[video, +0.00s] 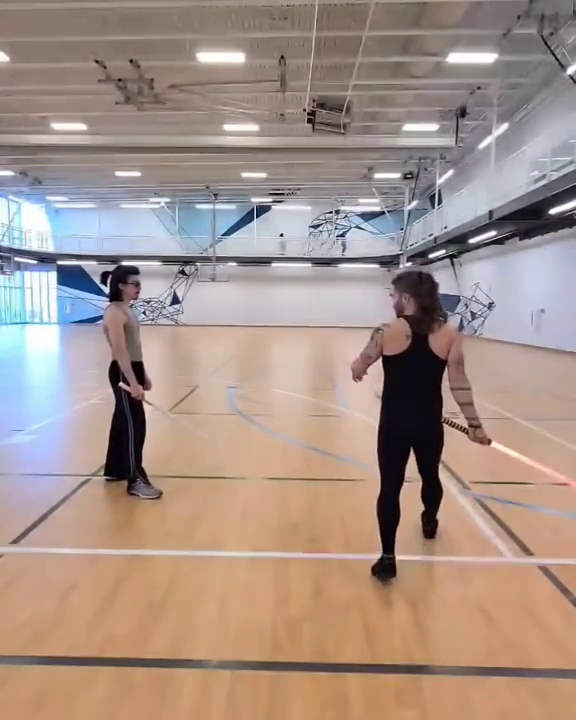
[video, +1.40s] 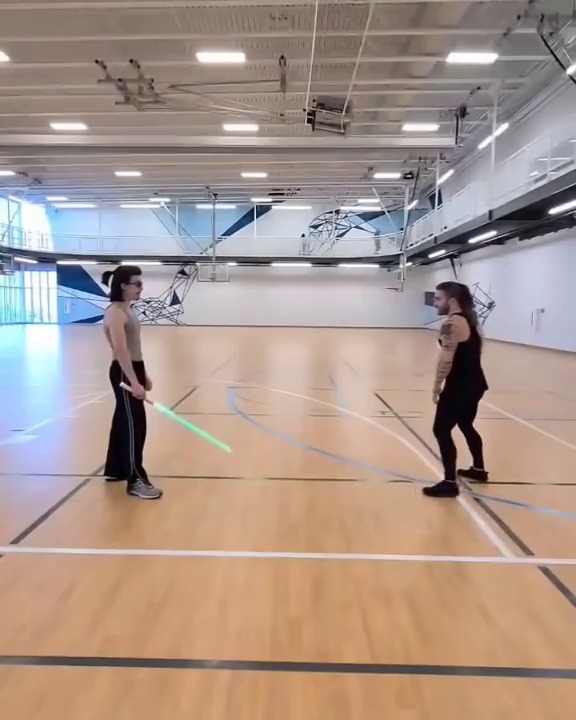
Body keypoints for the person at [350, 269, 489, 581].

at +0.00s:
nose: (392, 301)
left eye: (395, 296)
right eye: (393, 295)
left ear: (408, 298)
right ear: (429, 298)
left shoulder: (388, 332)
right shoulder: (450, 336)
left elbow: (360, 365)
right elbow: (459, 386)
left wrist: (357, 372)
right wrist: (475, 426)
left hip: (394, 426)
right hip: (429, 427)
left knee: (389, 488)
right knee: (430, 476)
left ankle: (388, 557)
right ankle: (430, 522)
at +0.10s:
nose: (397, 302)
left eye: (400, 297)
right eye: (397, 297)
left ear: (411, 298)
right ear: (431, 298)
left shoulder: (396, 331)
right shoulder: (453, 334)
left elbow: (372, 365)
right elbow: (463, 379)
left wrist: (358, 377)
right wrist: (477, 416)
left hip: (400, 418)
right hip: (434, 420)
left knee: (387, 478)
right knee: (432, 469)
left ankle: (390, 536)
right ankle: (430, 521)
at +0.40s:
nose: (397, 301)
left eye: (399, 295)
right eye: (397, 295)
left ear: (413, 296)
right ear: (425, 296)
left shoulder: (406, 325)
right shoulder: (452, 323)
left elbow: (395, 368)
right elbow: (464, 362)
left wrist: (387, 401)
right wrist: (475, 386)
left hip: (408, 402)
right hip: (438, 404)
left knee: (405, 450)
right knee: (433, 460)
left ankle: (407, 492)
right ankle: (429, 518)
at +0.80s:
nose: (396, 297)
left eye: (399, 292)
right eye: (397, 292)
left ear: (411, 294)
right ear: (420, 294)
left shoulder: (404, 323)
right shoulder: (447, 320)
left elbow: (389, 358)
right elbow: (452, 358)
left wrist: (369, 377)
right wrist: (440, 376)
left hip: (412, 390)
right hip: (439, 388)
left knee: (406, 438)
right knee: (446, 432)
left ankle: (407, 486)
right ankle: (449, 480)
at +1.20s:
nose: (426, 308)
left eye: (429, 303)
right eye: (426, 303)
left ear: (443, 305)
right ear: (447, 306)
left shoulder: (442, 330)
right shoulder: (458, 327)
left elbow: (429, 364)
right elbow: (458, 360)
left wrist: (408, 379)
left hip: (445, 393)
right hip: (463, 391)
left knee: (420, 433)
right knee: (457, 426)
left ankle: (412, 483)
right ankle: (477, 467)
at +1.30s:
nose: (431, 305)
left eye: (435, 301)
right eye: (431, 301)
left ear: (448, 302)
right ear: (452, 303)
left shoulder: (447, 327)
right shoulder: (462, 323)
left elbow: (441, 362)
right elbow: (462, 357)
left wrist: (427, 385)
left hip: (453, 389)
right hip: (470, 386)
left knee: (432, 429)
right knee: (462, 425)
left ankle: (429, 482)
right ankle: (478, 468)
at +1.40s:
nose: (435, 302)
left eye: (438, 298)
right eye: (435, 298)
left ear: (451, 300)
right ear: (455, 301)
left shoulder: (452, 323)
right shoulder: (468, 320)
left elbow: (446, 360)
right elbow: (471, 355)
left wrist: (436, 387)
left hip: (458, 386)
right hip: (475, 383)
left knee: (441, 429)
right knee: (465, 424)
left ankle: (449, 481)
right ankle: (478, 468)